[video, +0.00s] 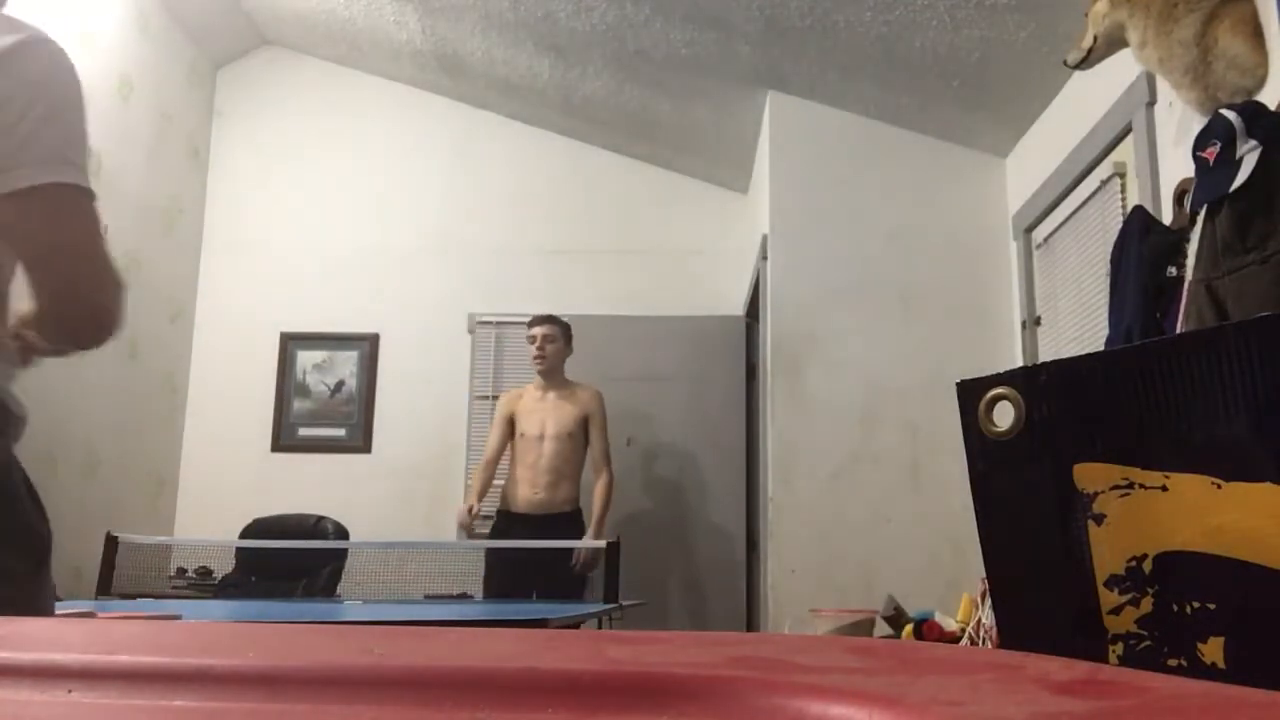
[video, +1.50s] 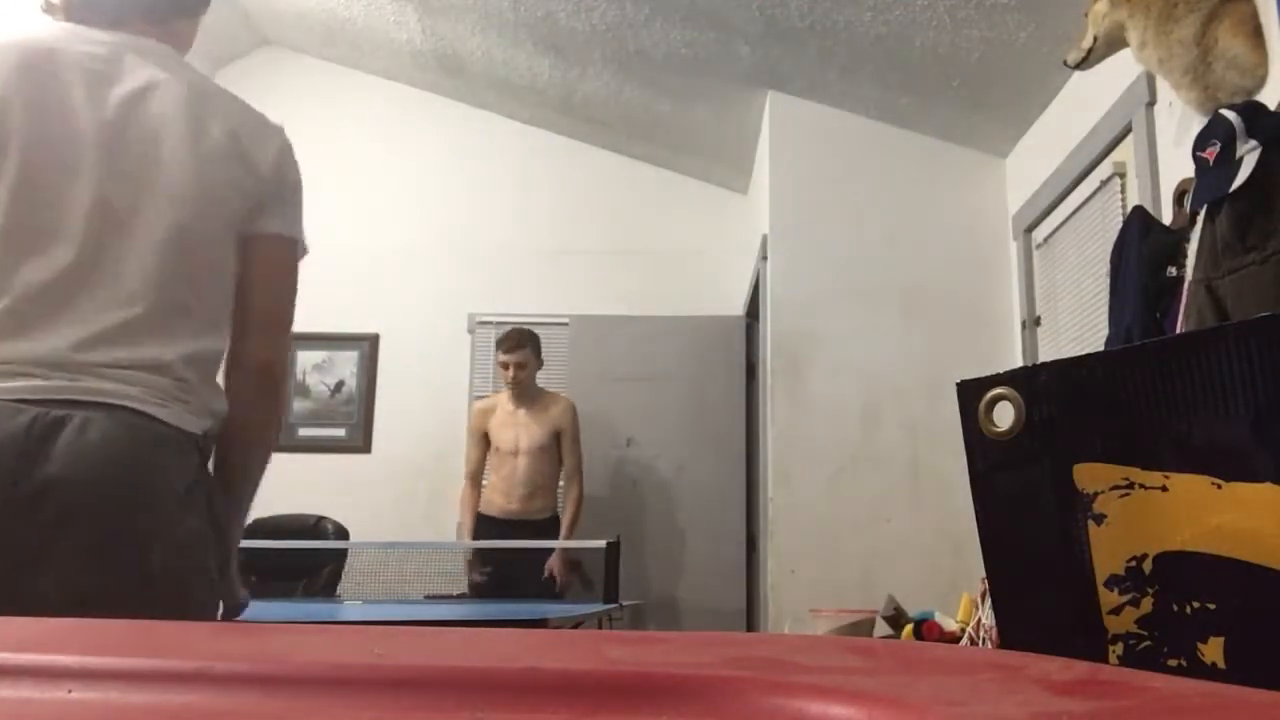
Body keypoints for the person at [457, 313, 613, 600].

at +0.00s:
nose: (538, 347)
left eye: (548, 340)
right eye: (533, 341)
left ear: (568, 349)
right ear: (528, 348)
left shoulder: (587, 400)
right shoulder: (511, 400)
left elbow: (602, 473)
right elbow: (489, 463)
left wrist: (594, 534)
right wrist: (474, 499)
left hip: (562, 527)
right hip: (510, 526)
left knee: (563, 630)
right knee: (500, 626)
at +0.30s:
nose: (523, 350)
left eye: (534, 343)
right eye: (518, 343)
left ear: (552, 353)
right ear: (512, 351)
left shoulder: (569, 402)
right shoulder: (494, 403)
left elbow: (578, 477)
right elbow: (473, 474)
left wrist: (569, 545)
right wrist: (467, 537)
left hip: (543, 526)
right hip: (493, 525)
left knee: (543, 626)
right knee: (489, 624)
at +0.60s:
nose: (515, 355)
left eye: (525, 348)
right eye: (508, 348)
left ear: (541, 358)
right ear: (502, 356)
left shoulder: (559, 405)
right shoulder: (484, 408)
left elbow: (575, 480)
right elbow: (464, 479)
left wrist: (566, 546)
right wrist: (454, 544)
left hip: (536, 529)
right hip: (484, 528)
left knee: (534, 630)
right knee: (483, 627)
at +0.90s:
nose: (513, 356)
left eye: (523, 350)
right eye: (506, 349)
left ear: (539, 360)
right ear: (499, 357)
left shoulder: (558, 406)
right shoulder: (482, 409)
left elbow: (575, 478)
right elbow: (463, 480)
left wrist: (570, 544)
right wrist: (456, 545)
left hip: (534, 530)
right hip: (482, 528)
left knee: (535, 629)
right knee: (483, 628)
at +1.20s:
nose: (514, 358)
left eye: (524, 351)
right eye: (507, 351)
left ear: (540, 361)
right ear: (499, 360)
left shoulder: (559, 407)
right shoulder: (482, 410)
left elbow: (574, 479)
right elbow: (465, 480)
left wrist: (569, 545)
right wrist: (458, 542)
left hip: (536, 531)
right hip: (484, 529)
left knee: (535, 630)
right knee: (484, 628)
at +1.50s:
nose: (511, 375)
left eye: (521, 366)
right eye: (505, 366)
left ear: (538, 364)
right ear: (497, 365)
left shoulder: (560, 409)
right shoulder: (483, 411)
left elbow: (573, 483)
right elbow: (472, 482)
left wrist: (561, 550)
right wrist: (466, 545)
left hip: (541, 531)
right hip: (490, 529)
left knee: (536, 629)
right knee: (486, 626)